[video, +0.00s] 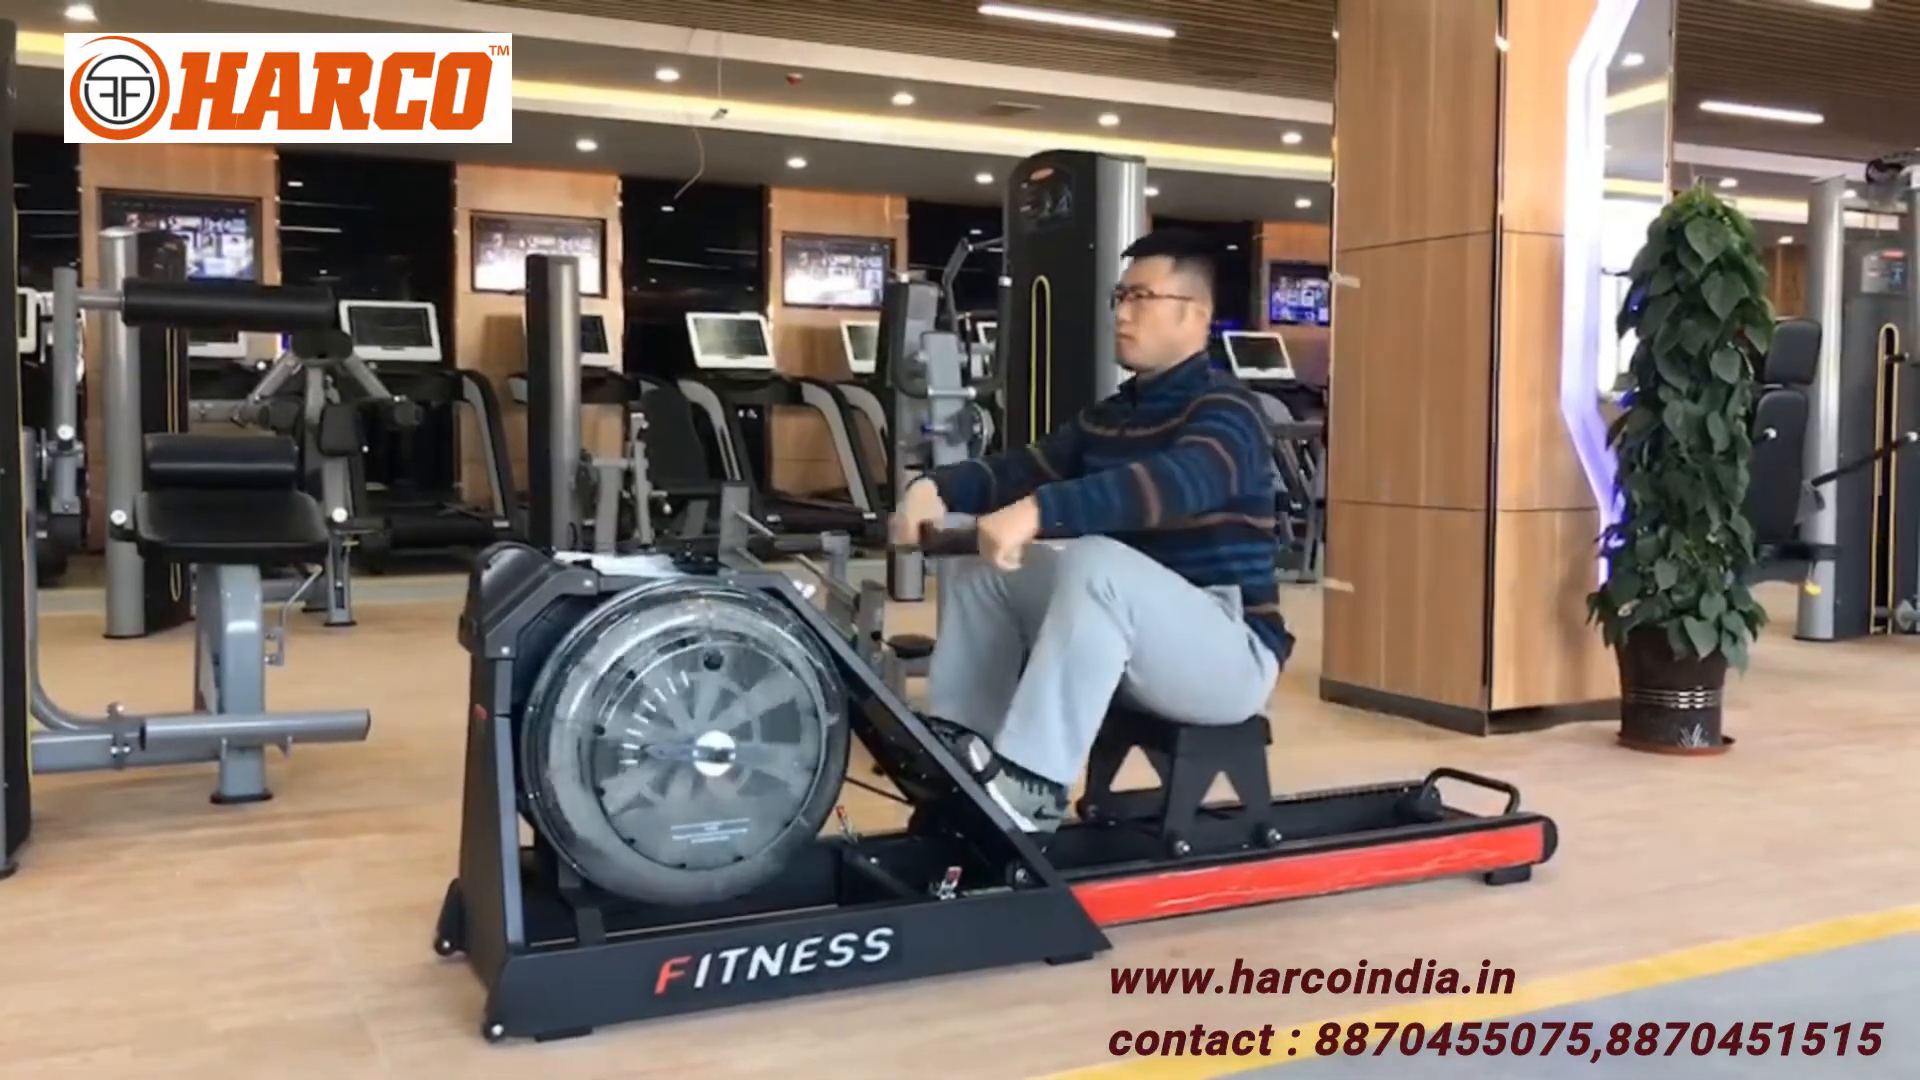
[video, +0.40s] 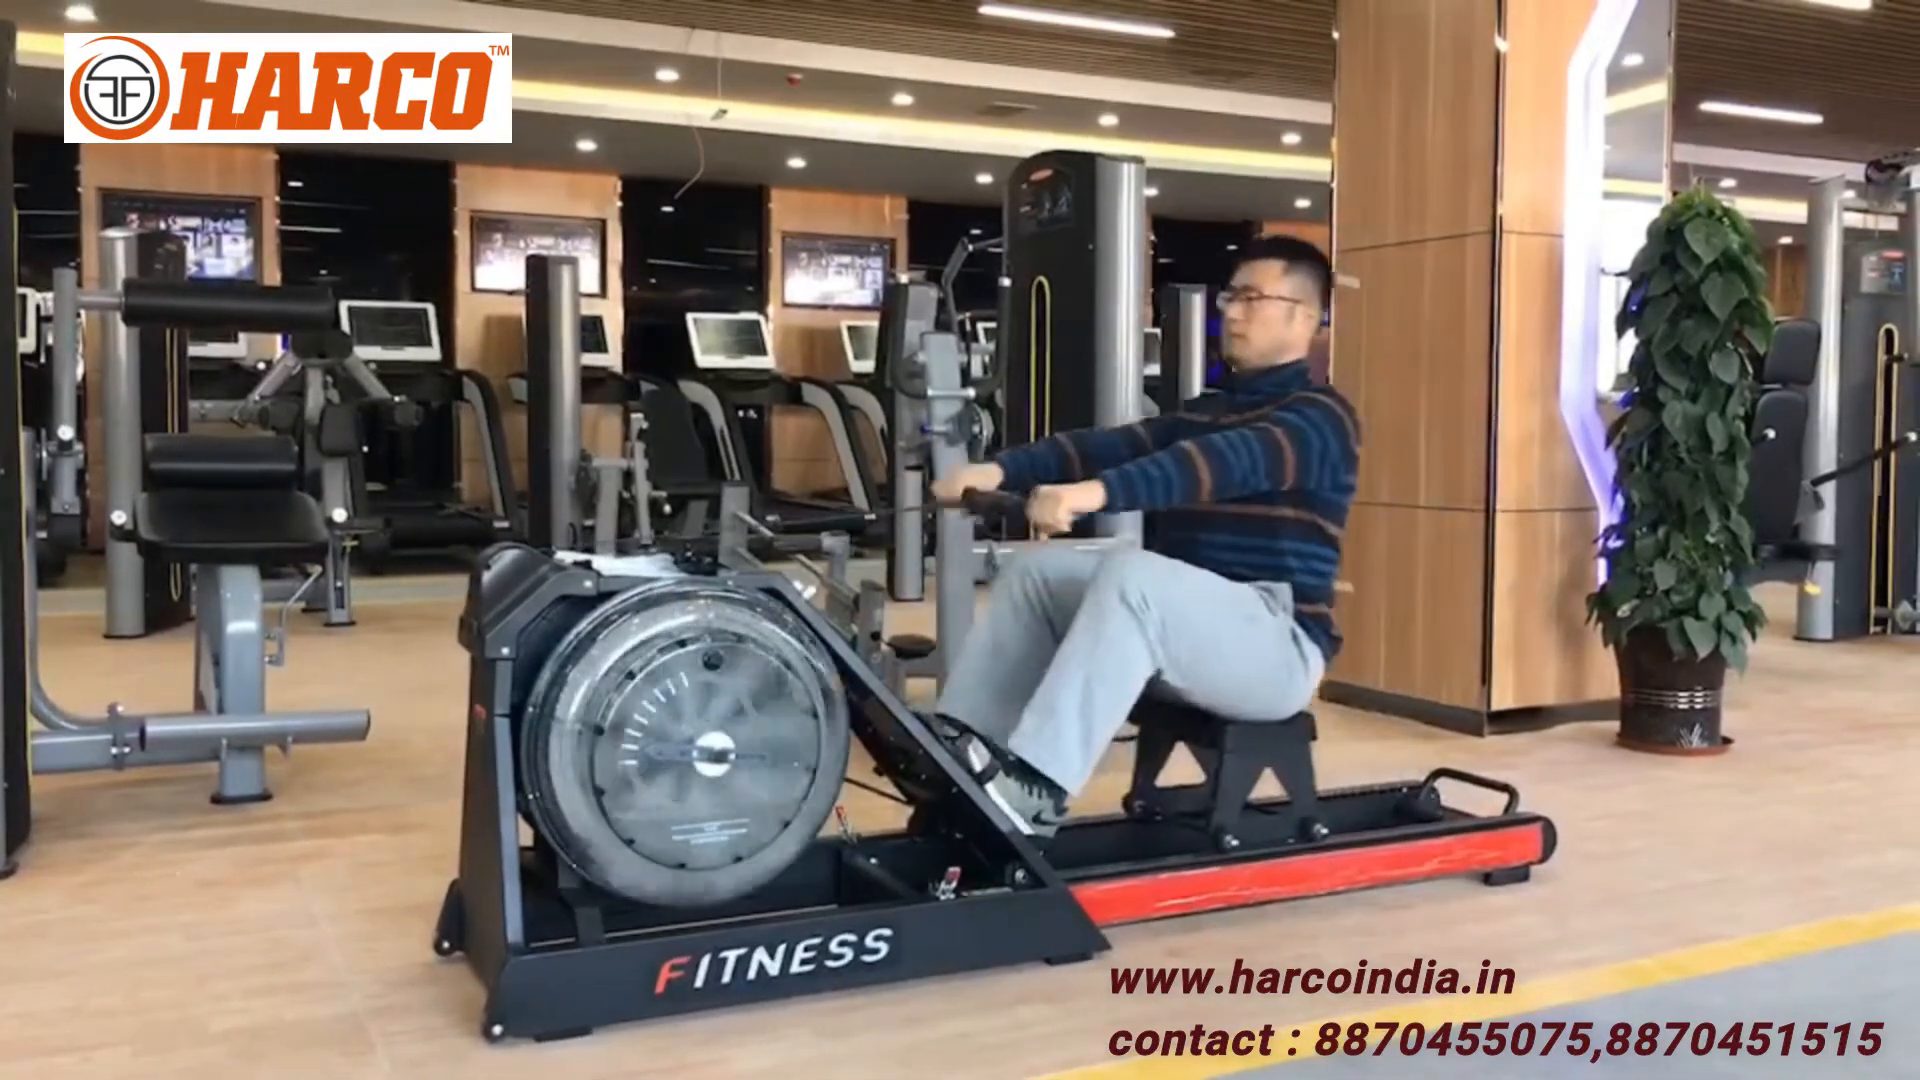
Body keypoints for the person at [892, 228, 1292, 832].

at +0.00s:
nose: (1121, 313)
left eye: (1139, 298)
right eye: (1120, 298)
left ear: (1195, 316)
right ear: (1113, 309)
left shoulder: (1227, 414)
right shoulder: (1113, 415)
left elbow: (1166, 487)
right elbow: (1034, 467)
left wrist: (1039, 509)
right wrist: (940, 487)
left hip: (1230, 652)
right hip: (1127, 637)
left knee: (1097, 566)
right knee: (974, 564)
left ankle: (1034, 784)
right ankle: (959, 758)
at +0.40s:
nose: (1231, 309)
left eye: (1253, 298)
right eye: (1231, 296)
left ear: (1306, 322)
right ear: (1224, 307)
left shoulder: (1322, 416)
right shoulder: (1210, 411)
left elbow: (1221, 465)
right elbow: (1118, 448)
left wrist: (1100, 492)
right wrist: (1000, 471)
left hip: (1280, 644)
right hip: (1188, 619)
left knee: (1133, 581)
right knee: (1032, 572)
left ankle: (1038, 786)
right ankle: (959, 747)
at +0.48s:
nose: (1258, 316)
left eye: (1279, 304)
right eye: (1258, 302)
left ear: (1334, 324)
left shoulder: (1353, 417)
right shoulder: (1242, 410)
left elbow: (1252, 460)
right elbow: (1150, 443)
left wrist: (1132, 478)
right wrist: (1035, 458)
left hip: (1302, 642)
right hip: (1217, 618)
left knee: (1151, 594)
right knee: (1056, 579)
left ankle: (1041, 787)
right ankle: (961, 749)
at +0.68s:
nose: (1349, 336)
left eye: (1371, 322)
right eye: (1346, 322)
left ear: (1424, 339)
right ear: (1338, 327)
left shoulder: (1445, 419)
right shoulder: (1318, 415)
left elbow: (1359, 395)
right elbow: (1230, 409)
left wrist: (1253, 365)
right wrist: (1140, 383)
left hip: (1360, 639)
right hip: (1279, 620)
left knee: (1199, 634)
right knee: (1107, 610)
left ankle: (1060, 793)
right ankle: (977, 760)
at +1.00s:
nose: (1430, 361)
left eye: (1449, 353)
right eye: (1428, 350)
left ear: (1490, 367)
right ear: (1424, 366)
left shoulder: (1523, 450)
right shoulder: (1397, 434)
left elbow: (1497, 343)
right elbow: (1333, 373)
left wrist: (1413, 267)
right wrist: (1293, 300)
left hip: (1402, 649)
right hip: (1313, 621)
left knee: (1241, 710)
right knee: (1170, 684)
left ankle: (1078, 823)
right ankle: (996, 759)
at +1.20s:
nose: (1426, 370)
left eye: (1446, 354)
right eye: (1422, 356)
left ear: (1500, 359)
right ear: (1420, 361)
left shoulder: (1528, 442)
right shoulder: (1406, 423)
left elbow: (1526, 336)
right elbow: (1366, 341)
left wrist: (1472, 224)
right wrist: (1341, 254)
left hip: (1403, 648)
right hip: (1315, 623)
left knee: (1247, 716)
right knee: (1176, 691)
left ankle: (1075, 818)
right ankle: (991, 755)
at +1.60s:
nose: (1297, 344)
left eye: (1313, 325)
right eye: (1289, 328)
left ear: (1369, 322)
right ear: (1284, 331)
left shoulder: (1419, 392)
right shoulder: (1300, 389)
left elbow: (1430, 276)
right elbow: (1242, 290)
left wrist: (1365, 173)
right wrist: (1263, 199)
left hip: (1361, 642)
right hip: (1273, 624)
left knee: (1213, 635)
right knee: (1111, 613)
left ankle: (1081, 801)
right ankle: (987, 766)